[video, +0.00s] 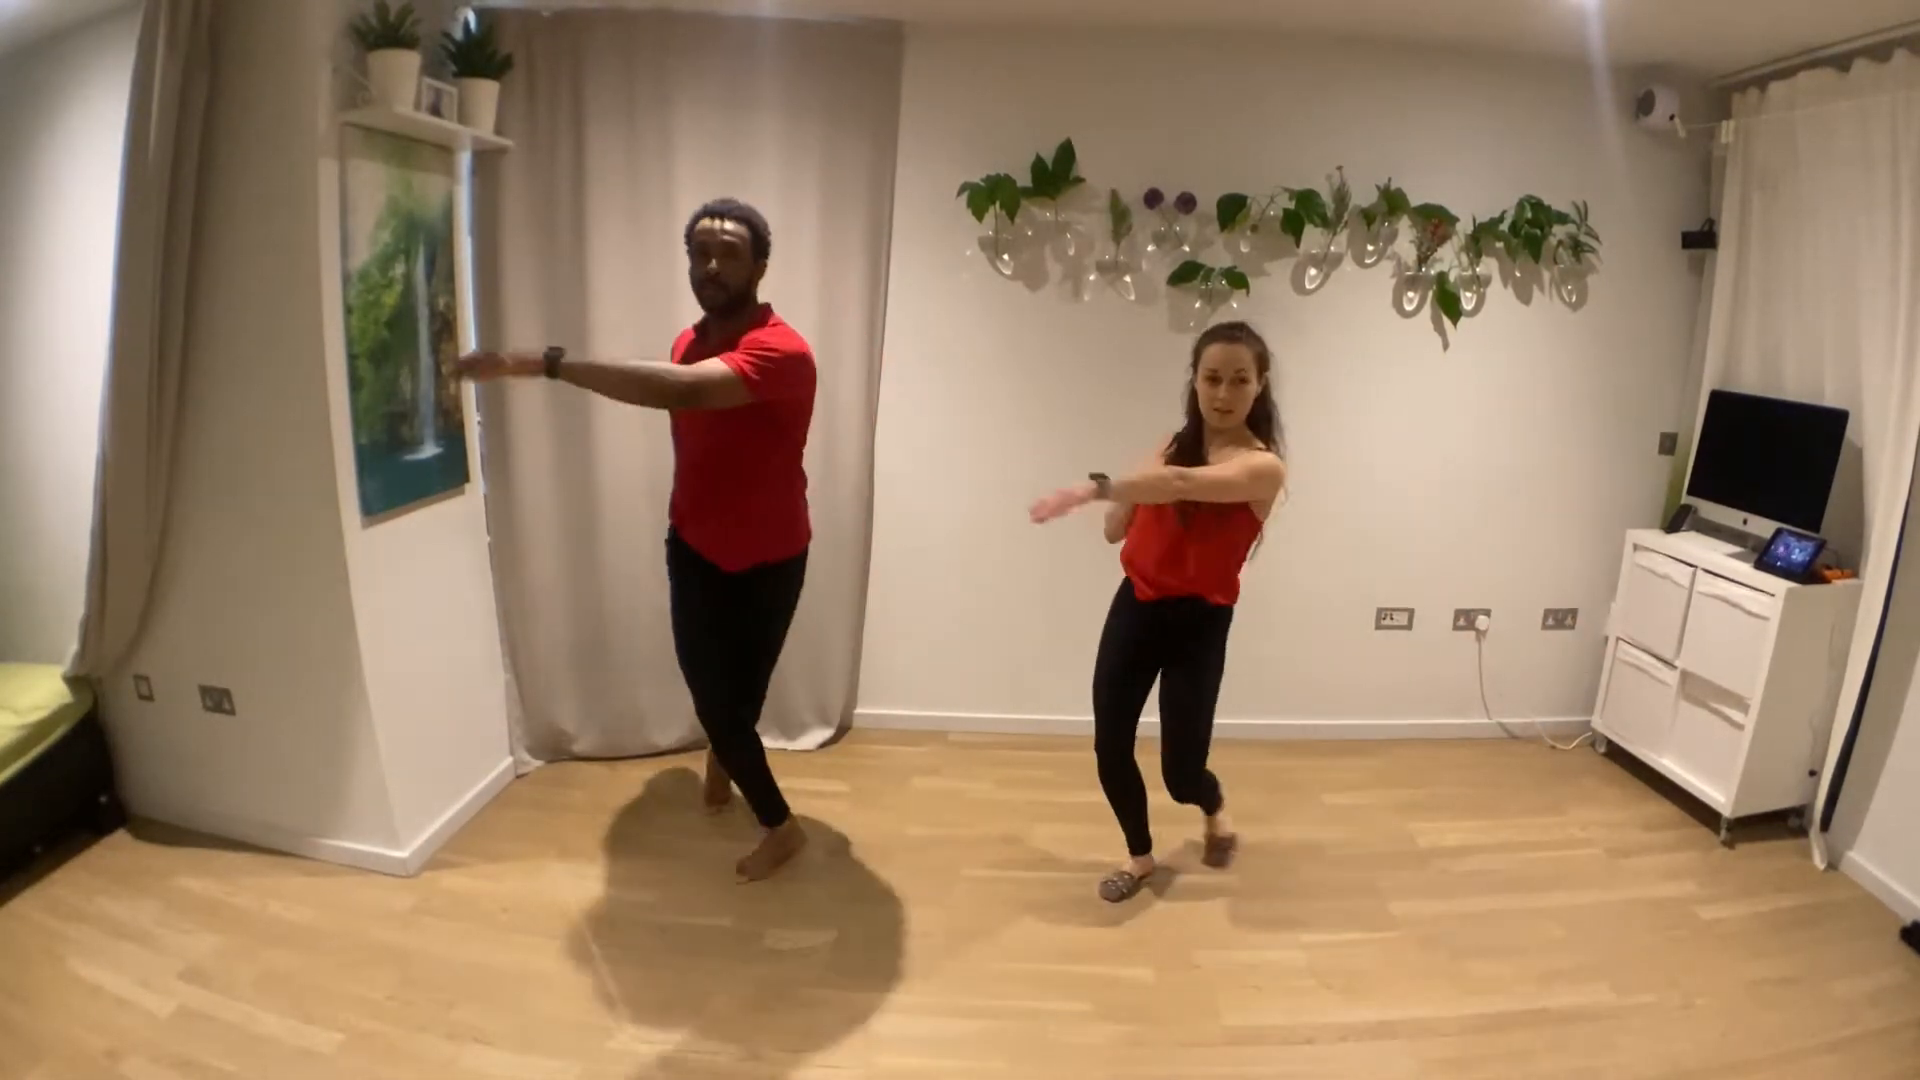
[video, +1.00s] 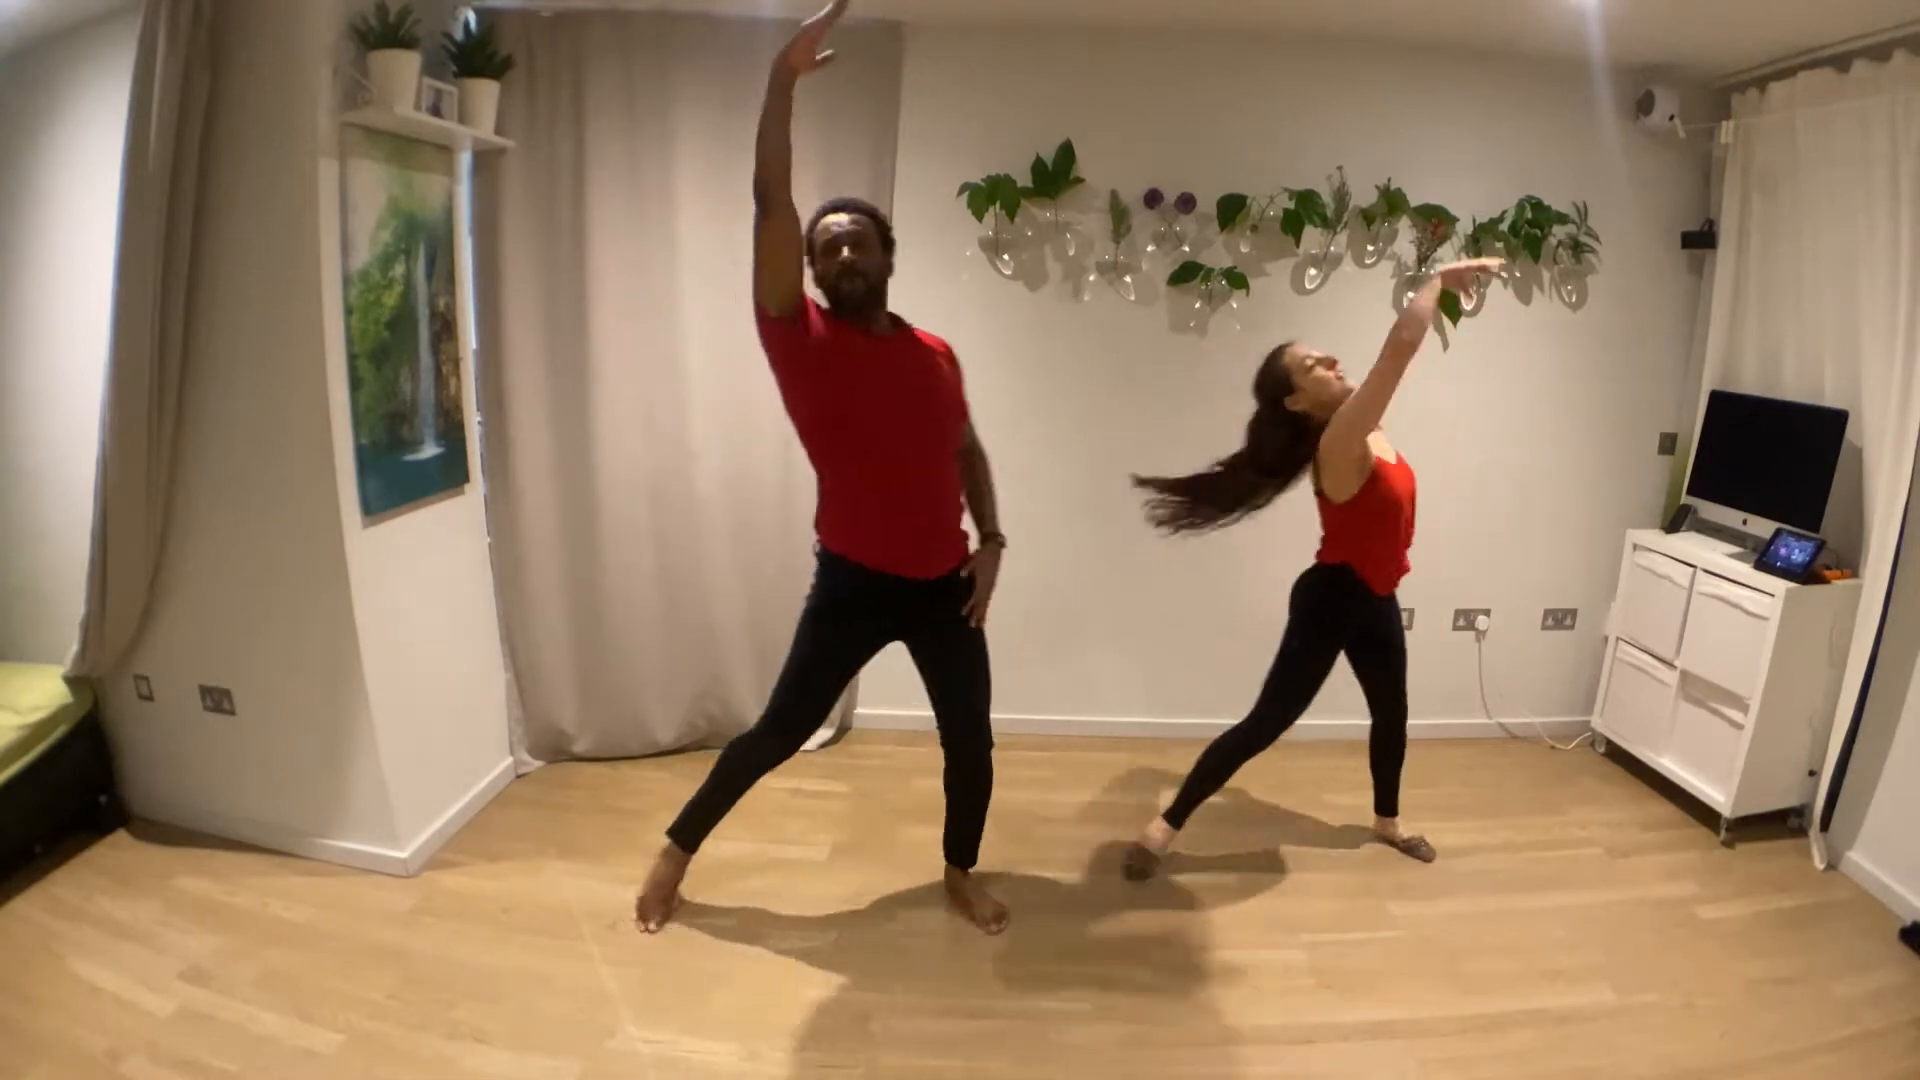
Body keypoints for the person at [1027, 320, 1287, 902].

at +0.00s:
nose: (1223, 394)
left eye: (1239, 381)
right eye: (1212, 379)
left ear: (1260, 387)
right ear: (1195, 382)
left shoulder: (1264, 468)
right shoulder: (1172, 451)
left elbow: (1185, 485)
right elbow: (1115, 531)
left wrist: (1093, 487)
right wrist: (1130, 491)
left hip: (1199, 623)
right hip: (1136, 611)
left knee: (1182, 777)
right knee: (1111, 754)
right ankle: (1141, 859)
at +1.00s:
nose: (1329, 360)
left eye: (1321, 354)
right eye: (1313, 365)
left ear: (1323, 385)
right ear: (1300, 402)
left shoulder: (1361, 430)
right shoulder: (1335, 447)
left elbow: (1402, 353)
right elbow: (1403, 347)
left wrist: (1450, 276)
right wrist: (1439, 277)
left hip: (1375, 602)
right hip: (1330, 598)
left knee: (1390, 715)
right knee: (1267, 723)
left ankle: (1387, 821)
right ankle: (1167, 825)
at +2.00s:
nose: (1465, 381)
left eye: (1480, 371)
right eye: (1459, 370)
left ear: (1513, 380)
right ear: (1451, 374)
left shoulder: (1534, 455)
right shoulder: (1429, 441)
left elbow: (1525, 541)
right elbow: (1408, 514)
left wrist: (1497, 583)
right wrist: (1425, 549)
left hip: (1489, 607)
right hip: (1426, 600)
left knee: (1473, 743)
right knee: (1390, 740)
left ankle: (1451, 842)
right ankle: (1417, 795)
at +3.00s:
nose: (1270, 409)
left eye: (1289, 398)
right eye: (1269, 394)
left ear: (1336, 415)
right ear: (1264, 397)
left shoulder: (1328, 513)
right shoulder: (1254, 472)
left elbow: (1292, 585)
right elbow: (1147, 451)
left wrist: (1267, 627)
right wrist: (1096, 379)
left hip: (1298, 701)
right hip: (1256, 686)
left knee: (1177, 826)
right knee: (1257, 833)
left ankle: (1081, 963)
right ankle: (1352, 918)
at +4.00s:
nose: (1357, 469)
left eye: (1361, 458)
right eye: (1348, 459)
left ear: (1356, 448)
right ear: (1314, 453)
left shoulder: (1344, 444)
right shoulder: (1263, 482)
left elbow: (1377, 371)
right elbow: (1197, 498)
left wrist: (1438, 414)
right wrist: (1144, 500)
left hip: (1285, 630)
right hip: (1229, 622)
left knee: (1334, 761)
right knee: (1214, 780)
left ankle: (1301, 891)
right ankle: (1167, 897)